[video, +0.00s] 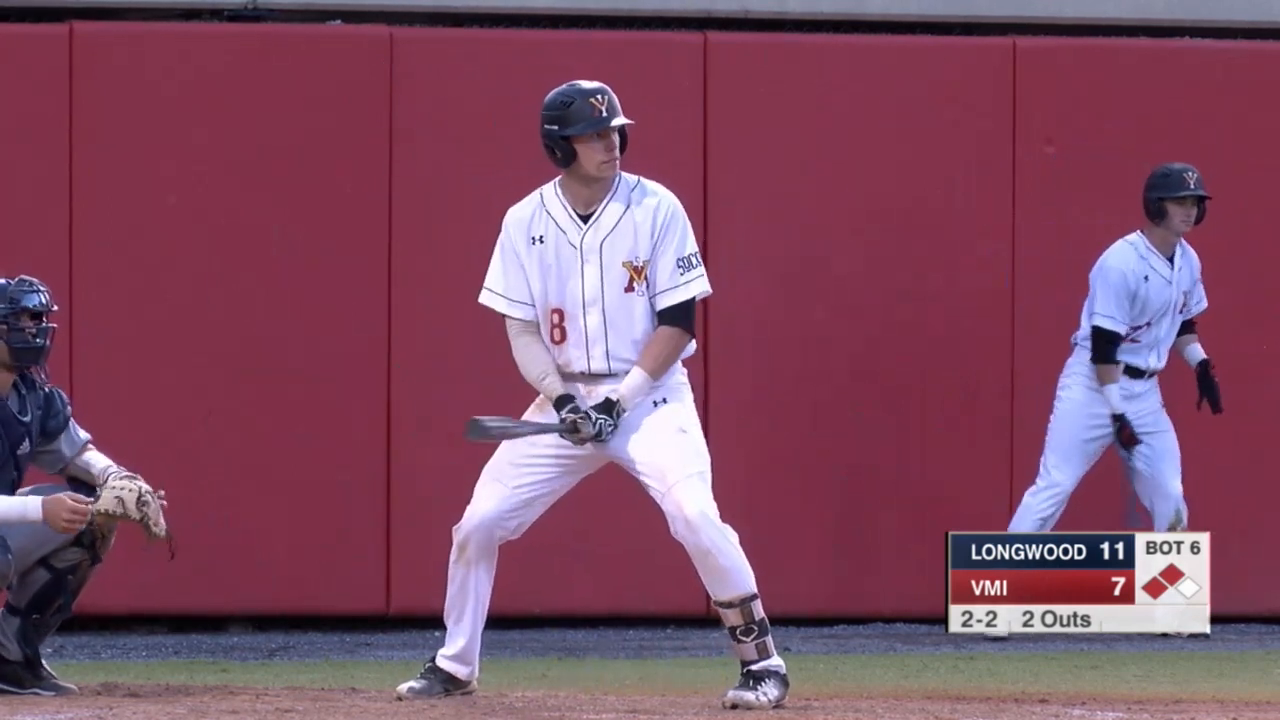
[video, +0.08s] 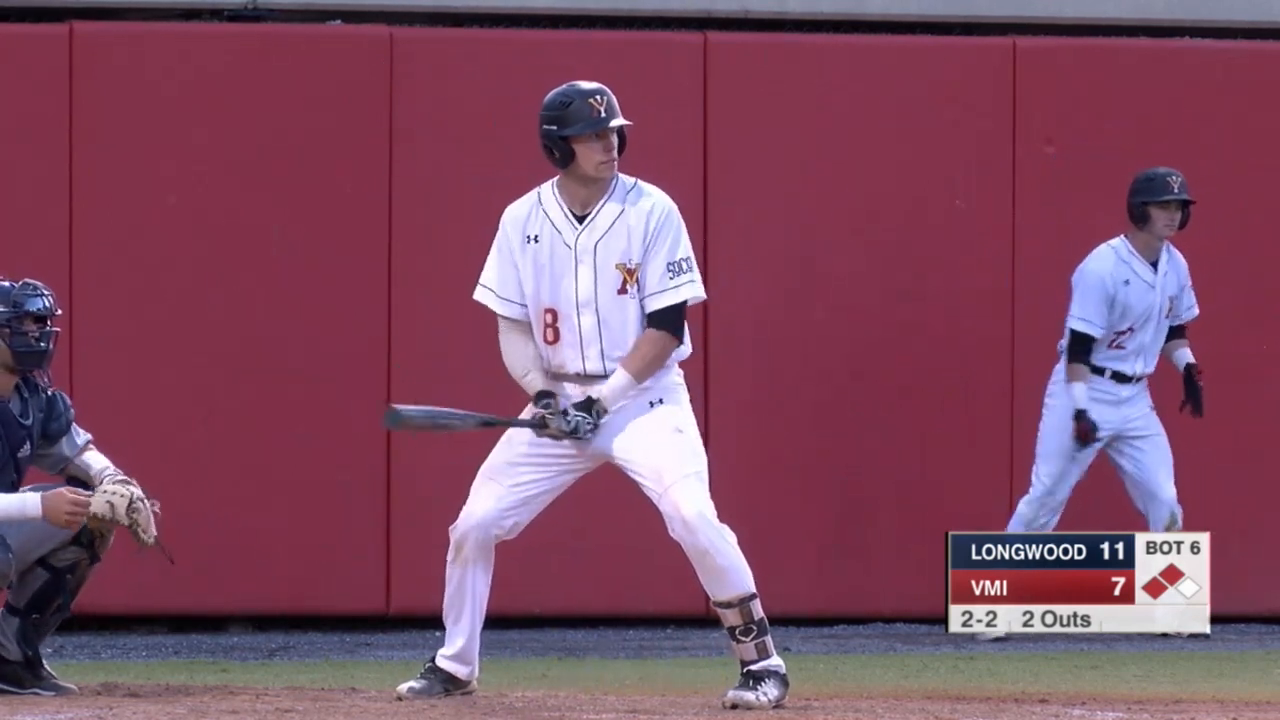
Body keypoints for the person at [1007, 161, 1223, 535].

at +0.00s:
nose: (1190, 212)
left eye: (1195, 204)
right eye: (1181, 202)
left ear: (1200, 209)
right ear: (1155, 205)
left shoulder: (1187, 261)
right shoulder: (1119, 262)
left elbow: (1183, 327)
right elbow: (1103, 346)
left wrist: (1202, 365)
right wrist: (1118, 413)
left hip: (1144, 391)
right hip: (1092, 386)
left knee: (1169, 499)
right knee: (1054, 489)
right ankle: (1003, 575)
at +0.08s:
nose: (1175, 215)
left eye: (1179, 207)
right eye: (1165, 207)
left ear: (1183, 212)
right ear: (1140, 210)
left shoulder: (1174, 264)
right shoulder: (1102, 266)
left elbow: (1172, 330)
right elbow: (1078, 348)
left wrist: (1189, 369)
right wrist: (1080, 408)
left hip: (1135, 398)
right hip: (1081, 391)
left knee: (1165, 505)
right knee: (1047, 496)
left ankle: (1171, 609)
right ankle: (992, 591)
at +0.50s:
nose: (1119, 218)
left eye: (1124, 210)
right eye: (1110, 210)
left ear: (1128, 215)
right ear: (1085, 212)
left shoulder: (1130, 265)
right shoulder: (1044, 265)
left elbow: (1138, 324)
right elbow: (998, 326)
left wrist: (1145, 365)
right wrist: (958, 365)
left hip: (1100, 400)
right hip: (1040, 396)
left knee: (1141, 502)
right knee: (1024, 496)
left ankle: (1165, 603)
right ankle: (985, 598)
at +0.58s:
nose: (1120, 219)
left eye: (1125, 211)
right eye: (1111, 211)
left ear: (1130, 216)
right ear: (1086, 214)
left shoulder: (1132, 266)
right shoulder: (1045, 267)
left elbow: (1139, 326)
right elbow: (997, 326)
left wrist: (1146, 366)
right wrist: (958, 366)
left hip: (1101, 401)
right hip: (1042, 397)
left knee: (1141, 503)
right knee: (1025, 497)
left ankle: (1165, 604)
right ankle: (986, 598)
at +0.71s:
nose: (1134, 221)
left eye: (1138, 214)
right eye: (1124, 213)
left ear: (1142, 219)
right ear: (1099, 217)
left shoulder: (1142, 269)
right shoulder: (1058, 270)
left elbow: (1148, 328)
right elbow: (1014, 333)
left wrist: (1157, 371)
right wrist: (986, 384)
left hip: (1108, 403)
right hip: (1050, 398)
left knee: (1146, 506)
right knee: (1031, 500)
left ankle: (1164, 604)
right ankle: (989, 595)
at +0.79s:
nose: (1144, 223)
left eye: (1148, 215)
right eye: (1135, 215)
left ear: (1151, 221)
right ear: (1109, 218)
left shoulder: (1150, 270)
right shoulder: (1066, 272)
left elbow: (1154, 331)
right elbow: (1028, 341)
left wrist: (1164, 374)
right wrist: (1013, 396)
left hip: (1114, 405)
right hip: (1056, 400)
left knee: (1150, 507)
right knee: (1035, 500)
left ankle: (1166, 607)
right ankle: (988, 594)